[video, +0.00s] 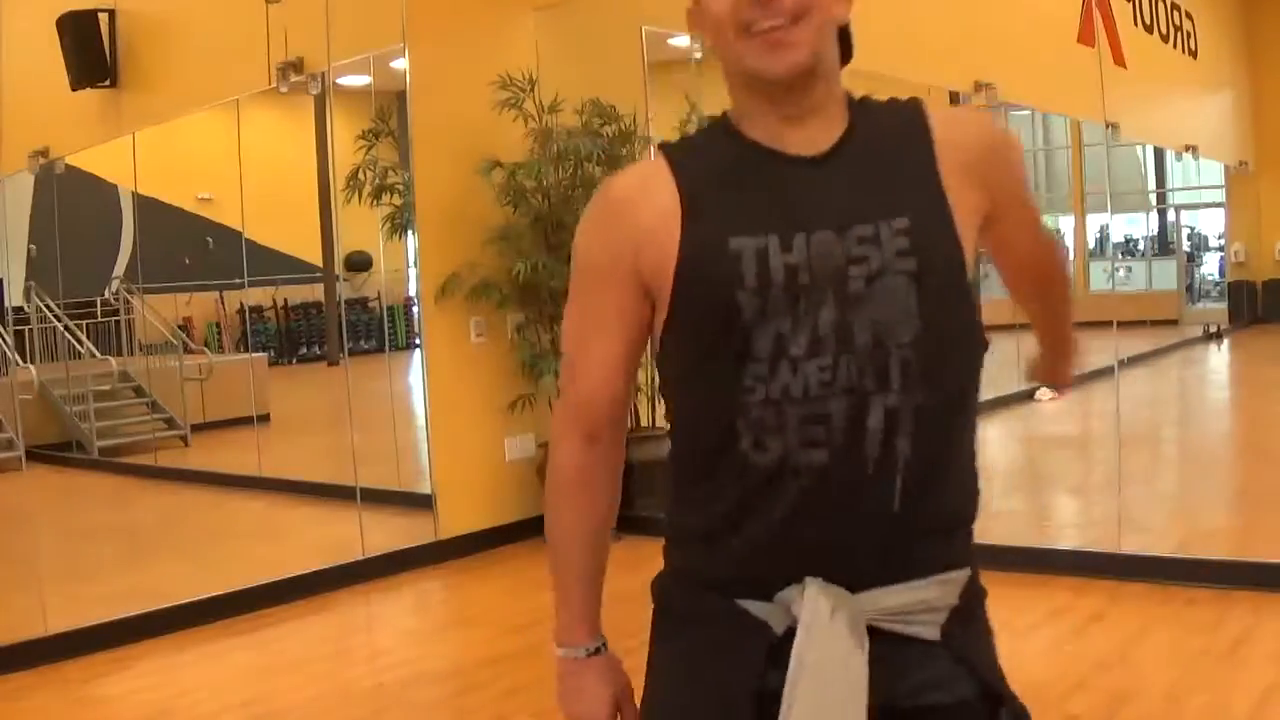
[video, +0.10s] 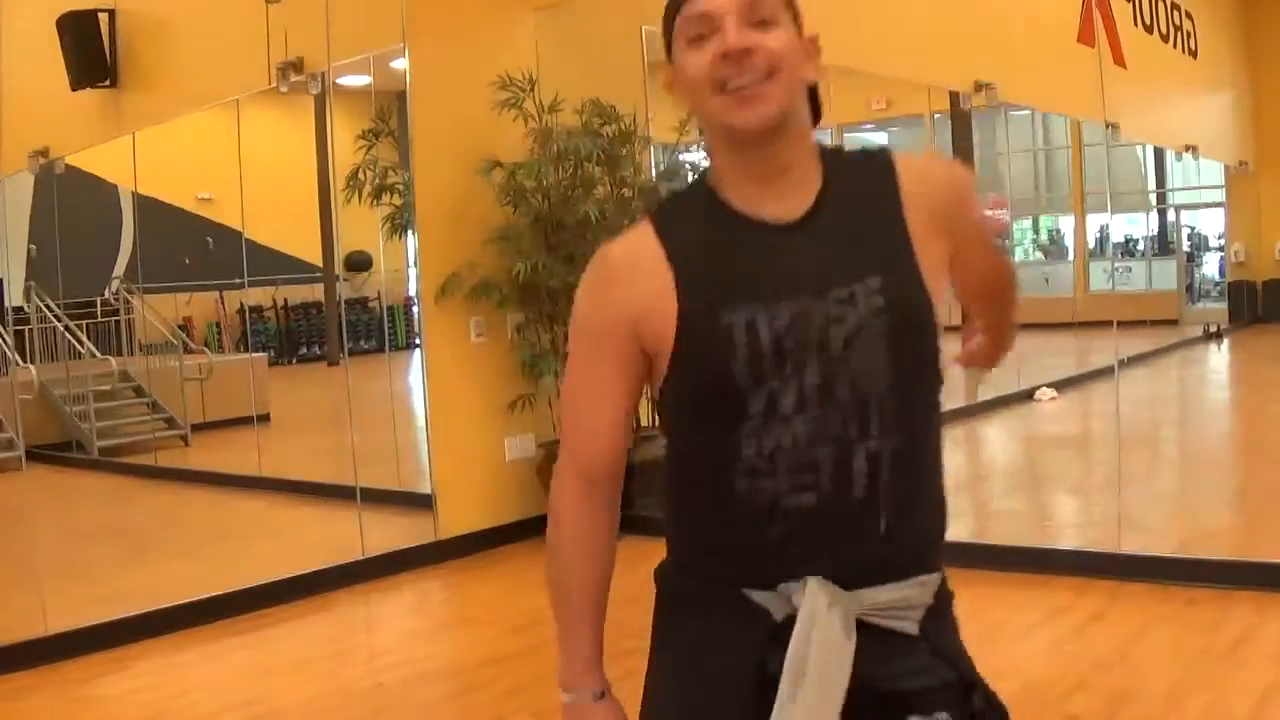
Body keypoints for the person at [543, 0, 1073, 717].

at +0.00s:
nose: (771, 1)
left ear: (842, 1)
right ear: (699, 18)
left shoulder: (966, 152)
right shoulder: (638, 207)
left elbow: (1042, 278)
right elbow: (588, 432)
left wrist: (1058, 360)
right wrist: (579, 644)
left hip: (926, 632)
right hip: (725, 642)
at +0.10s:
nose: (733, 45)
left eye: (761, 20)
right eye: (700, 35)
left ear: (810, 53)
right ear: (675, 82)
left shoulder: (931, 194)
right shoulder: (633, 271)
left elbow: (989, 289)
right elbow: (585, 484)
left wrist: (987, 342)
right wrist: (581, 685)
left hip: (904, 631)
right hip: (723, 642)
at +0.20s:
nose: (715, 63)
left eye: (739, 41)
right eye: (683, 56)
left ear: (784, 74)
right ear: (660, 109)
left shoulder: (902, 201)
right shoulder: (626, 280)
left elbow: (965, 305)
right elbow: (591, 485)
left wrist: (976, 409)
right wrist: (591, 674)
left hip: (889, 602)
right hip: (723, 620)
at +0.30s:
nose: (715, 12)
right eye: (684, 5)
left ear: (775, 25)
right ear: (656, 52)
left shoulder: (880, 156)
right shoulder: (626, 212)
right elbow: (592, 401)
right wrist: (604, 579)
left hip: (878, 527)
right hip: (722, 547)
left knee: (916, 705)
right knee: (716, 706)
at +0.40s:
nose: (718, 5)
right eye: (695, 0)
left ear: (780, 22)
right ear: (673, 39)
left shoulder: (868, 141)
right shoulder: (634, 183)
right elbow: (597, 362)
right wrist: (605, 526)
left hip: (865, 498)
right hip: (720, 516)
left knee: (903, 708)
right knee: (735, 709)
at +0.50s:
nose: (734, 58)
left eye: (755, 48)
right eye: (713, 52)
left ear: (790, 85)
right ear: (691, 94)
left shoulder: (866, 191)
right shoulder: (643, 222)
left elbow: (933, 306)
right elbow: (600, 380)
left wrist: (888, 397)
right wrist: (594, 528)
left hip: (854, 508)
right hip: (727, 524)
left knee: (881, 703)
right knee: (739, 704)